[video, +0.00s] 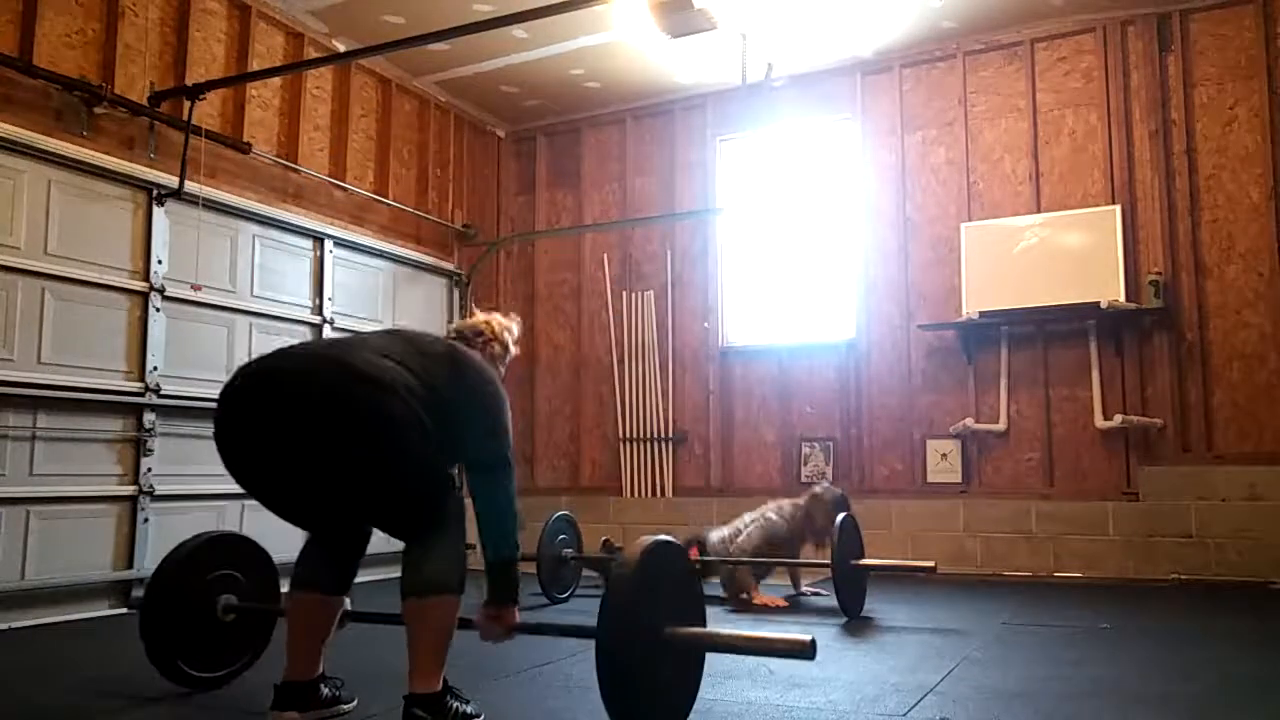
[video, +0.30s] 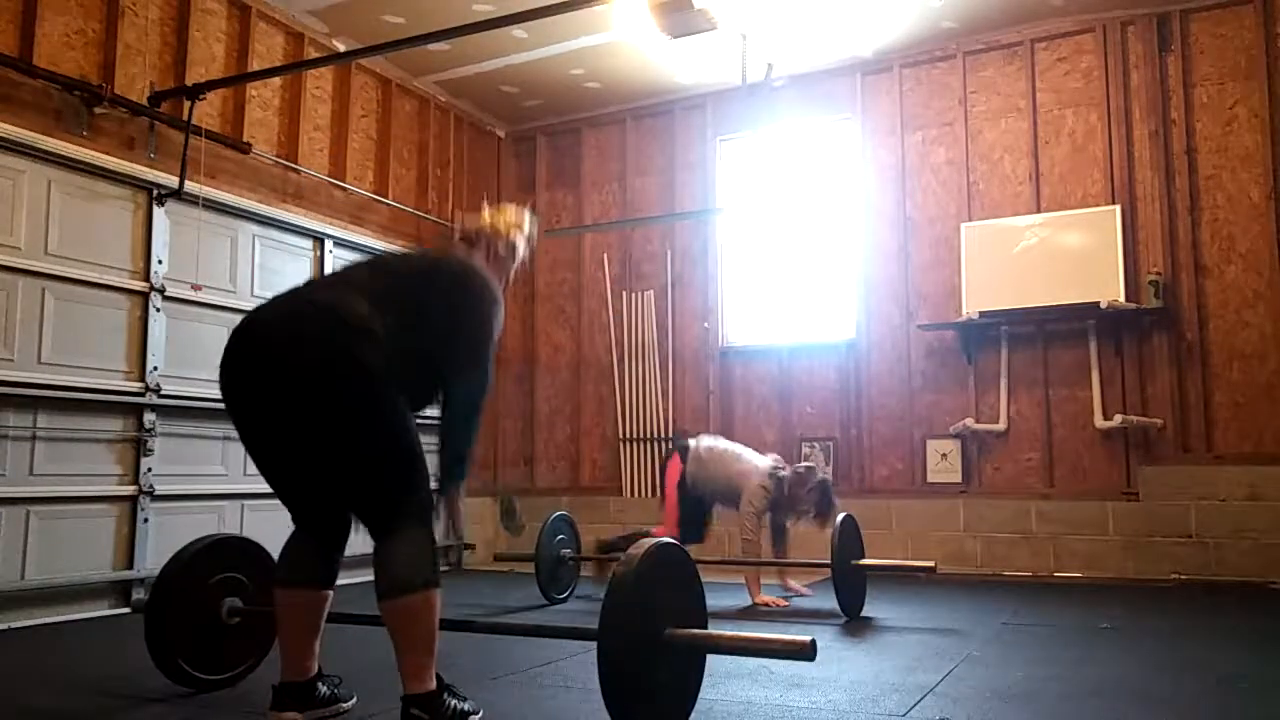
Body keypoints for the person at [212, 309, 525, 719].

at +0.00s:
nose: (501, 379)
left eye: (504, 371)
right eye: (502, 369)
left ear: (453, 339)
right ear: (489, 352)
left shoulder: (396, 351)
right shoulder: (480, 386)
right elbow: (496, 502)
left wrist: (331, 589)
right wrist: (502, 597)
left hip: (246, 408)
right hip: (358, 414)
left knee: (342, 520)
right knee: (437, 519)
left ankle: (299, 687)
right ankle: (427, 694)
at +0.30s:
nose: (505, 279)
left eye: (507, 268)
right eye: (506, 267)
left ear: (461, 242)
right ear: (497, 260)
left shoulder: (406, 268)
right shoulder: (475, 289)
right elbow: (466, 392)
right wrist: (451, 486)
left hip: (251, 358)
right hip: (340, 374)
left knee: (320, 518)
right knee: (405, 521)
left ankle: (297, 684)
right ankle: (422, 696)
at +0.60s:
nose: (514, 241)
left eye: (520, 232)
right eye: (517, 228)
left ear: (470, 203)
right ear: (503, 212)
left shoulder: (422, 234)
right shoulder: (480, 253)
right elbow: (446, 322)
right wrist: (424, 404)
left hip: (280, 370)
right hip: (345, 385)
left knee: (356, 524)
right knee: (398, 524)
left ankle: (270, 664)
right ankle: (318, 698)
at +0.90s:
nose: (536, 134)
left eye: (541, 124)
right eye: (537, 120)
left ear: (490, 96)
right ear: (512, 103)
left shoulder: (445, 136)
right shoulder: (483, 148)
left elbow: (432, 236)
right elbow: (453, 239)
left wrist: (490, 272)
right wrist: (464, 316)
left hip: (357, 302)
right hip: (401, 312)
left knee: (389, 451)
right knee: (422, 447)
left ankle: (312, 593)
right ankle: (338, 584)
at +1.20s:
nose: (602, 211)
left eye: (608, 200)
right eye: (603, 194)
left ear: (560, 170)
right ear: (575, 176)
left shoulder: (520, 222)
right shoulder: (523, 229)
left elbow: (489, 312)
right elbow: (482, 315)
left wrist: (524, 372)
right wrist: (519, 375)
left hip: (402, 356)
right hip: (421, 362)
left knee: (473, 469)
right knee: (477, 472)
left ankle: (447, 604)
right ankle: (447, 608)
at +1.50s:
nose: (637, 434)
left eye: (645, 426)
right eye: (640, 420)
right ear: (620, 392)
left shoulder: (586, 414)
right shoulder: (566, 410)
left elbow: (603, 499)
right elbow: (550, 526)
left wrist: (629, 570)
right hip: (411, 404)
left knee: (493, 513)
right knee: (487, 514)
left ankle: (459, 642)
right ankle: (452, 649)